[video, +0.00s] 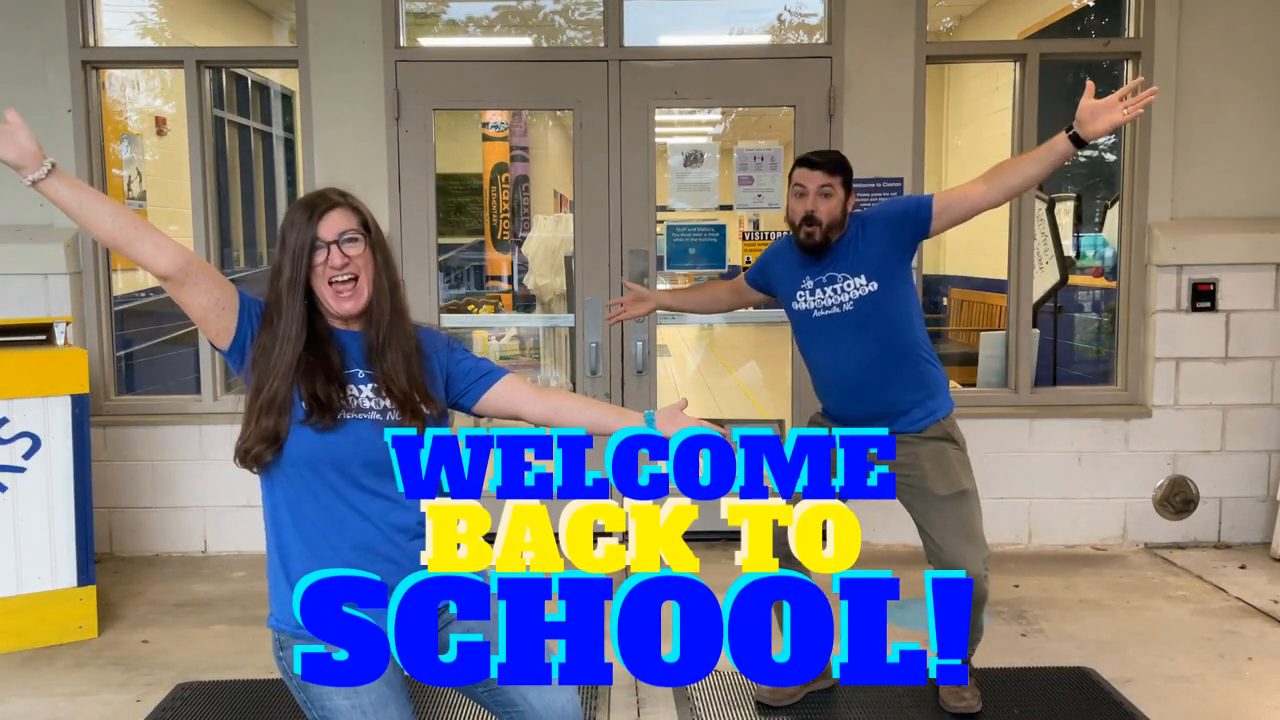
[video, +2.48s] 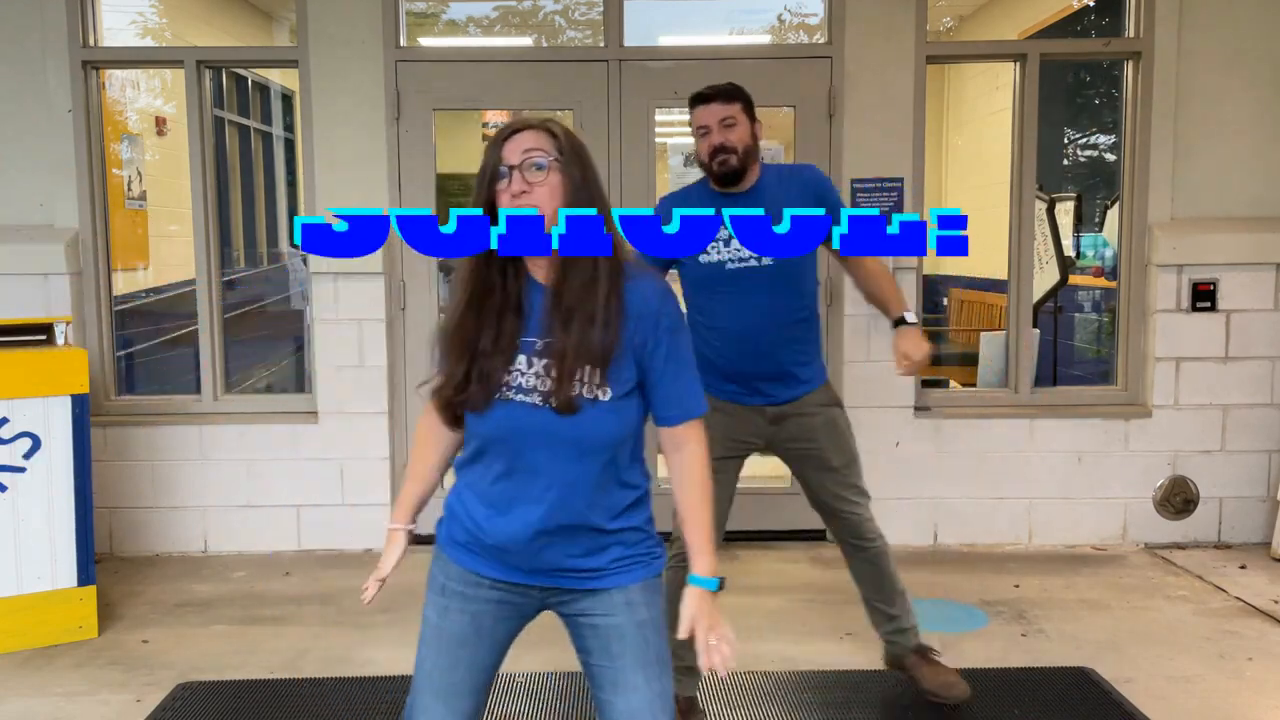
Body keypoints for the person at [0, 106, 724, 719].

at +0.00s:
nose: (339, 259)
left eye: (352, 242)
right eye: (321, 248)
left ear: (377, 255)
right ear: (298, 267)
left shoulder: (421, 351)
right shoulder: (271, 340)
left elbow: (539, 400)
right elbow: (164, 260)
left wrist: (654, 429)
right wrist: (38, 171)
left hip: (439, 601)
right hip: (329, 617)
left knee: (556, 688)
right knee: (373, 709)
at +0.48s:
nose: (331, 257)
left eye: (343, 241)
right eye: (313, 248)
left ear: (371, 250)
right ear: (292, 266)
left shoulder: (412, 347)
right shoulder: (271, 333)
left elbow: (516, 400)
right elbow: (167, 264)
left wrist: (626, 420)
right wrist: (40, 188)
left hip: (421, 595)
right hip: (317, 609)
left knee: (538, 691)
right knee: (382, 711)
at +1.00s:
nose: (327, 252)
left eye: (342, 234)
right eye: (309, 241)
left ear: (372, 247)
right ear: (290, 261)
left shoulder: (418, 337)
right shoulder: (271, 330)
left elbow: (528, 389)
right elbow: (176, 250)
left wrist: (647, 416)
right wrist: (55, 158)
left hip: (422, 589)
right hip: (312, 600)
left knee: (530, 687)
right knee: (365, 707)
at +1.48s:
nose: (331, 242)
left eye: (345, 224)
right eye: (313, 231)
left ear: (376, 235)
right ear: (293, 251)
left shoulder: (429, 319)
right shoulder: (275, 319)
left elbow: (541, 379)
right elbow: (169, 258)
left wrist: (663, 407)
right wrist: (42, 175)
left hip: (432, 571)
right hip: (318, 580)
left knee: (536, 680)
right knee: (359, 708)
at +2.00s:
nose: (378, 197)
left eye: (395, 186)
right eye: (361, 188)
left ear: (422, 214)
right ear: (339, 217)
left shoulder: (469, 308)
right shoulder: (297, 297)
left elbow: (566, 398)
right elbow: (155, 342)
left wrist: (671, 471)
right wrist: (12, 369)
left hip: (458, 557)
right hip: (332, 570)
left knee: (550, 686)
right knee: (354, 712)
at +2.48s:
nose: (517, 181)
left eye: (537, 166)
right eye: (503, 172)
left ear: (577, 184)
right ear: (489, 198)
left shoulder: (639, 298)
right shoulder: (486, 296)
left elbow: (683, 440)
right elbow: (446, 410)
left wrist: (704, 578)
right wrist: (400, 521)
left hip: (612, 565)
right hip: (479, 560)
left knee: (645, 711)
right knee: (433, 710)